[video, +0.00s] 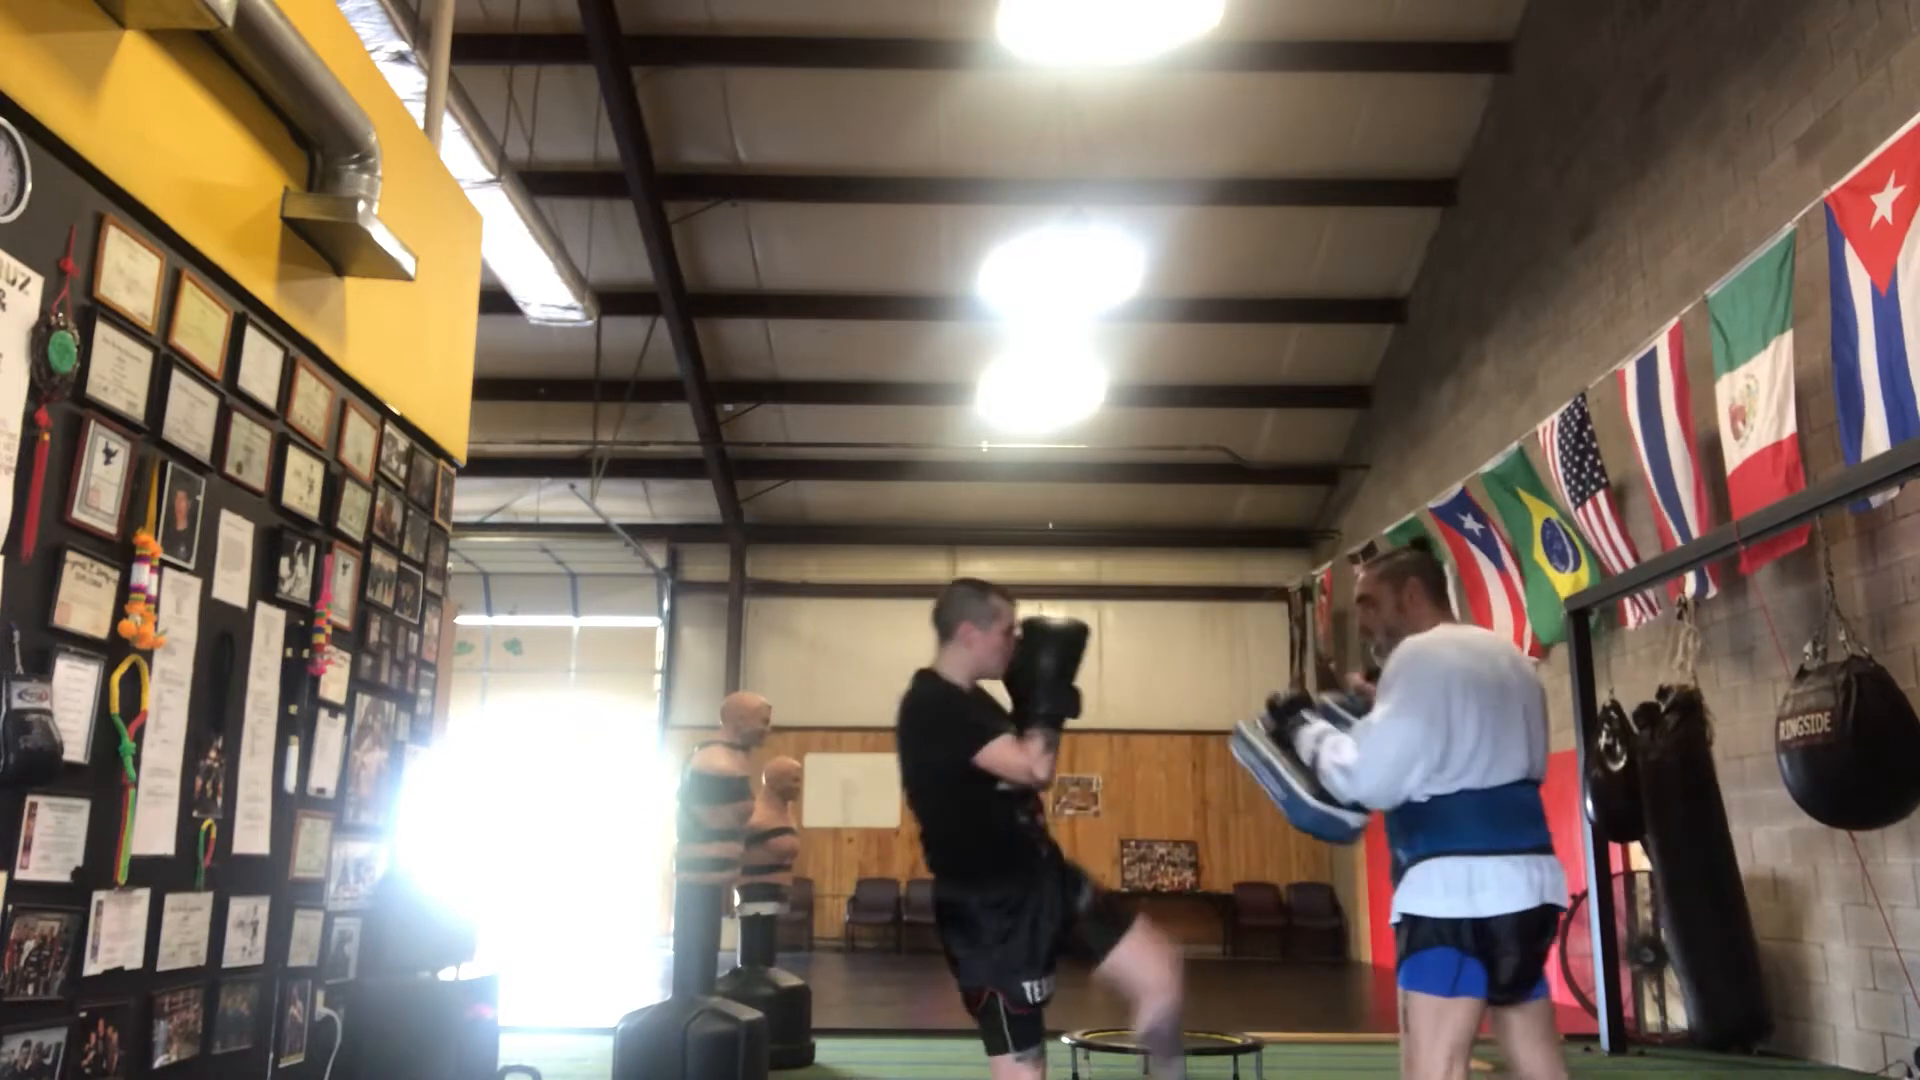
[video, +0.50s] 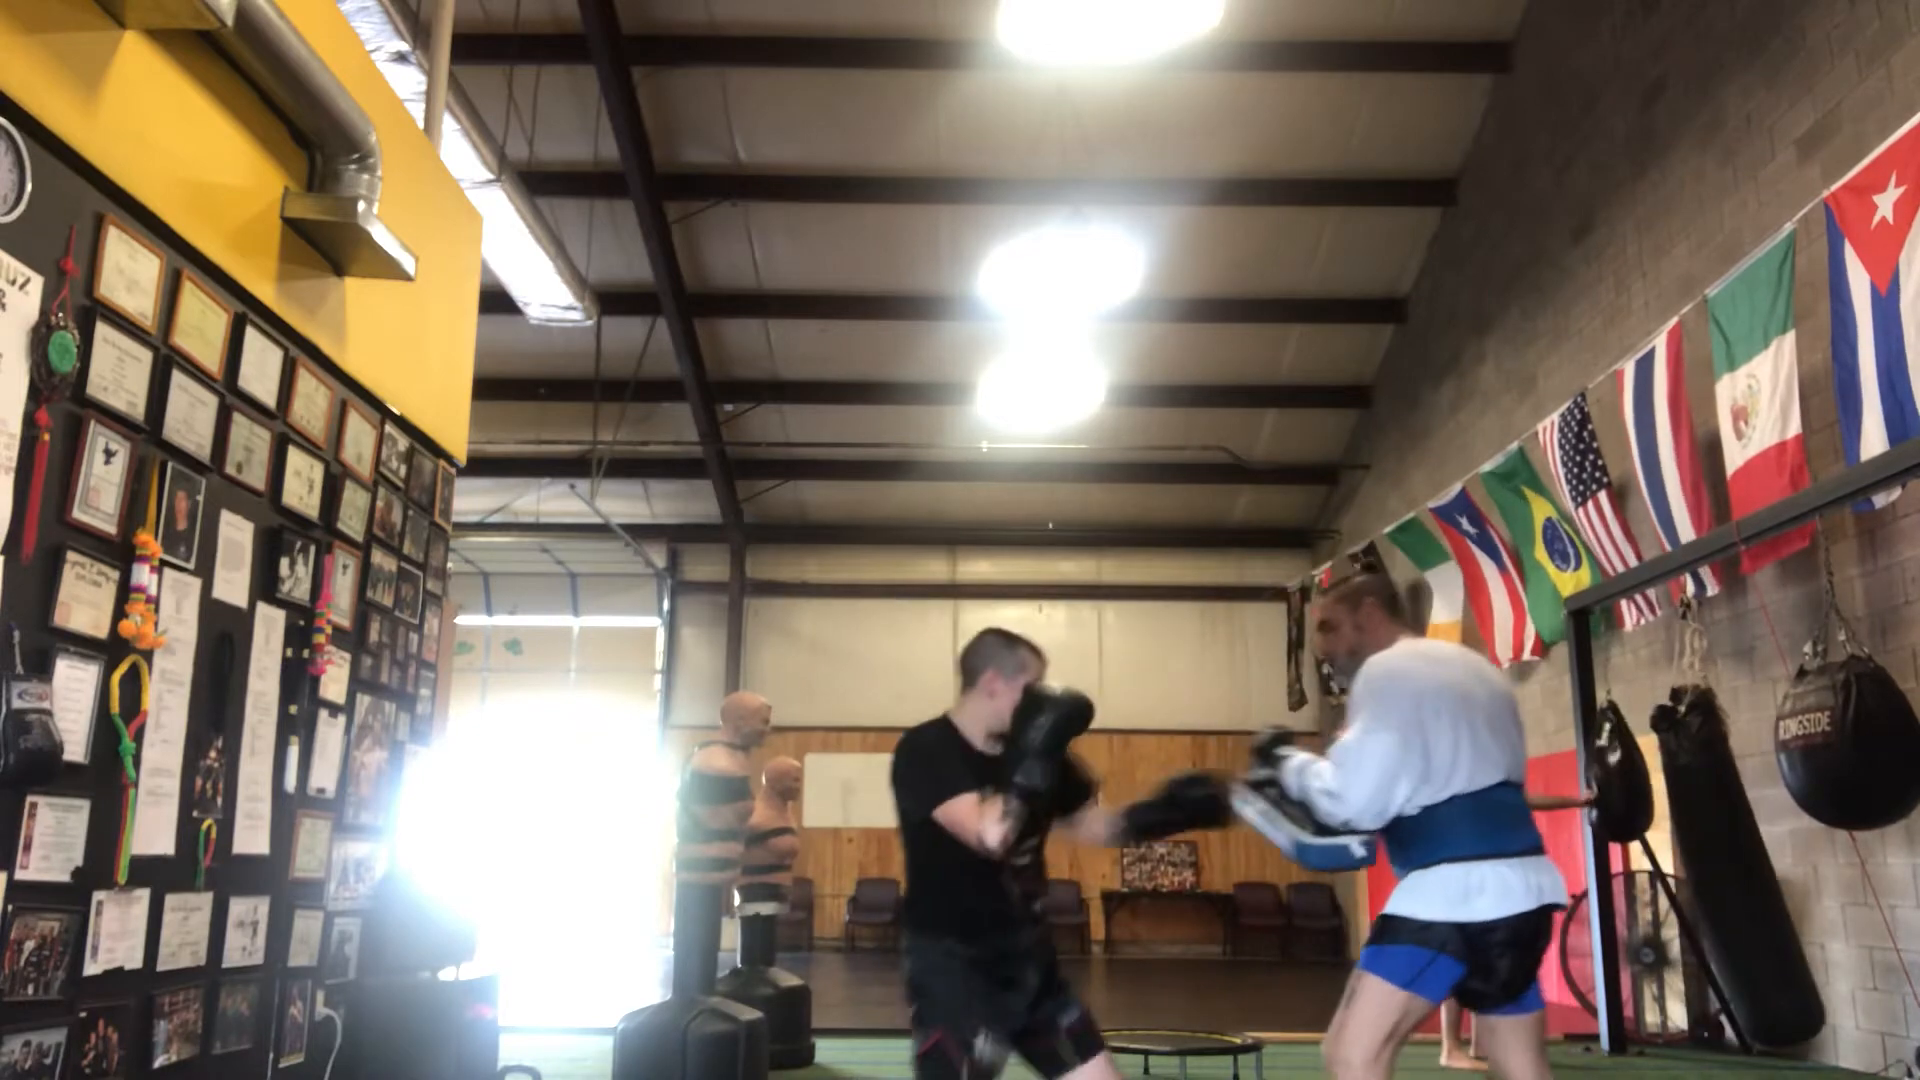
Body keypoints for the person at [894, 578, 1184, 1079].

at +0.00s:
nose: (1014, 642)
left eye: (1013, 632)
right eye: (1006, 631)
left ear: (969, 633)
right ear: (969, 633)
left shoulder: (973, 699)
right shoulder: (932, 706)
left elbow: (1027, 765)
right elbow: (1034, 767)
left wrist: (1028, 691)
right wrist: (1049, 683)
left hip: (1043, 883)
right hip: (987, 907)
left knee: (1158, 970)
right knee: (1020, 1070)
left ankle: (1165, 1071)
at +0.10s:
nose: (1040, 644)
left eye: (1039, 633)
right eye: (1031, 633)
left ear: (997, 639)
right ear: (995, 638)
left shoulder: (1002, 706)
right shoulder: (955, 709)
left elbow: (1047, 778)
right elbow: (1049, 775)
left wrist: (1069, 698)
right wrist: (1070, 695)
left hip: (1042, 909)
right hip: (986, 920)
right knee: (1016, 1070)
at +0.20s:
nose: (1063, 651)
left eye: (1063, 640)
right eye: (1056, 639)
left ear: (1024, 640)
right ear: (1020, 638)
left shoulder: (1038, 705)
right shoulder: (968, 700)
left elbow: (1085, 783)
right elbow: (1046, 778)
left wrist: (1122, 723)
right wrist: (1076, 698)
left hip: (1042, 904)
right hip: (979, 909)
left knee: (1072, 1066)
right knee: (1008, 1068)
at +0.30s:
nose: (1069, 657)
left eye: (1071, 647)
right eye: (1062, 645)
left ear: (1032, 646)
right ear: (1026, 644)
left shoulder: (1051, 711)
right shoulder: (963, 696)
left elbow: (1114, 783)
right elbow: (1028, 773)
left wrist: (1172, 736)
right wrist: (1065, 700)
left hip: (1040, 910)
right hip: (970, 911)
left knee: (1082, 1070)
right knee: (1000, 1070)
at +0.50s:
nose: (1037, 698)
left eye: (1038, 686)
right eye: (1030, 685)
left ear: (997, 685)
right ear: (992, 683)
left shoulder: (1025, 753)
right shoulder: (923, 750)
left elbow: (1093, 827)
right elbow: (992, 834)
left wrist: (1169, 812)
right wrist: (1038, 752)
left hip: (1024, 959)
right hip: (952, 968)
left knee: (1097, 1072)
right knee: (953, 1072)